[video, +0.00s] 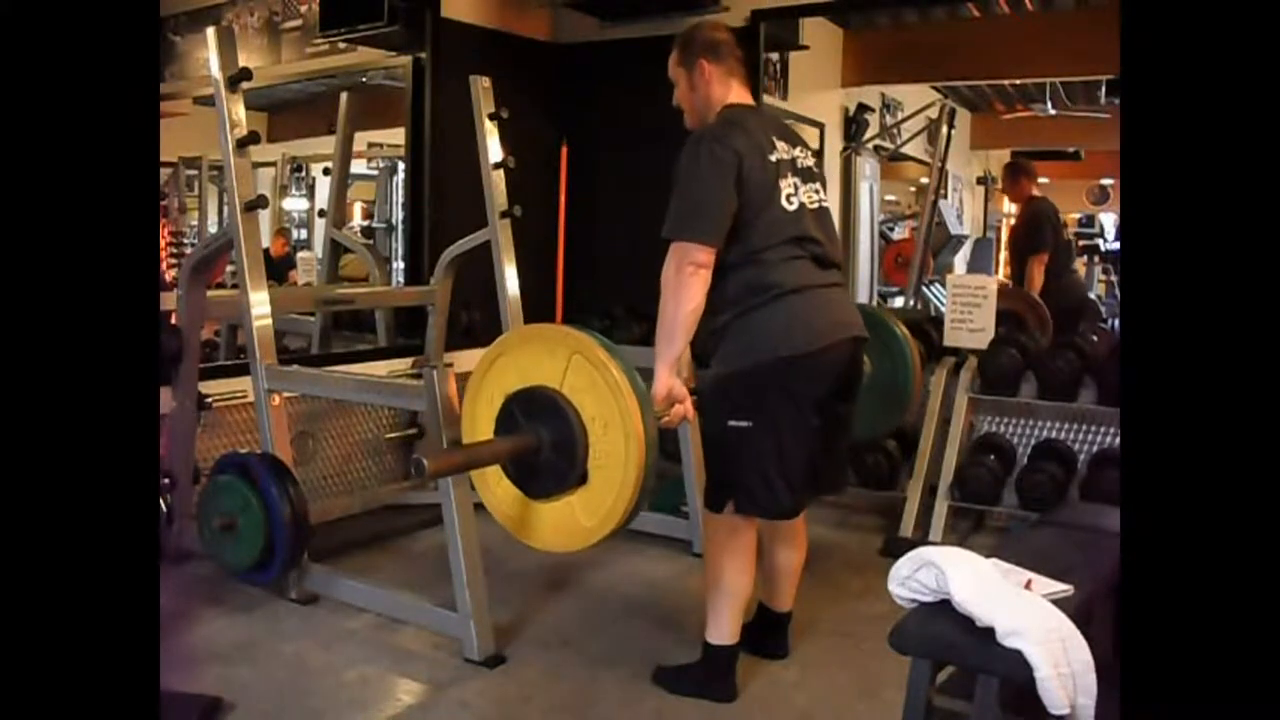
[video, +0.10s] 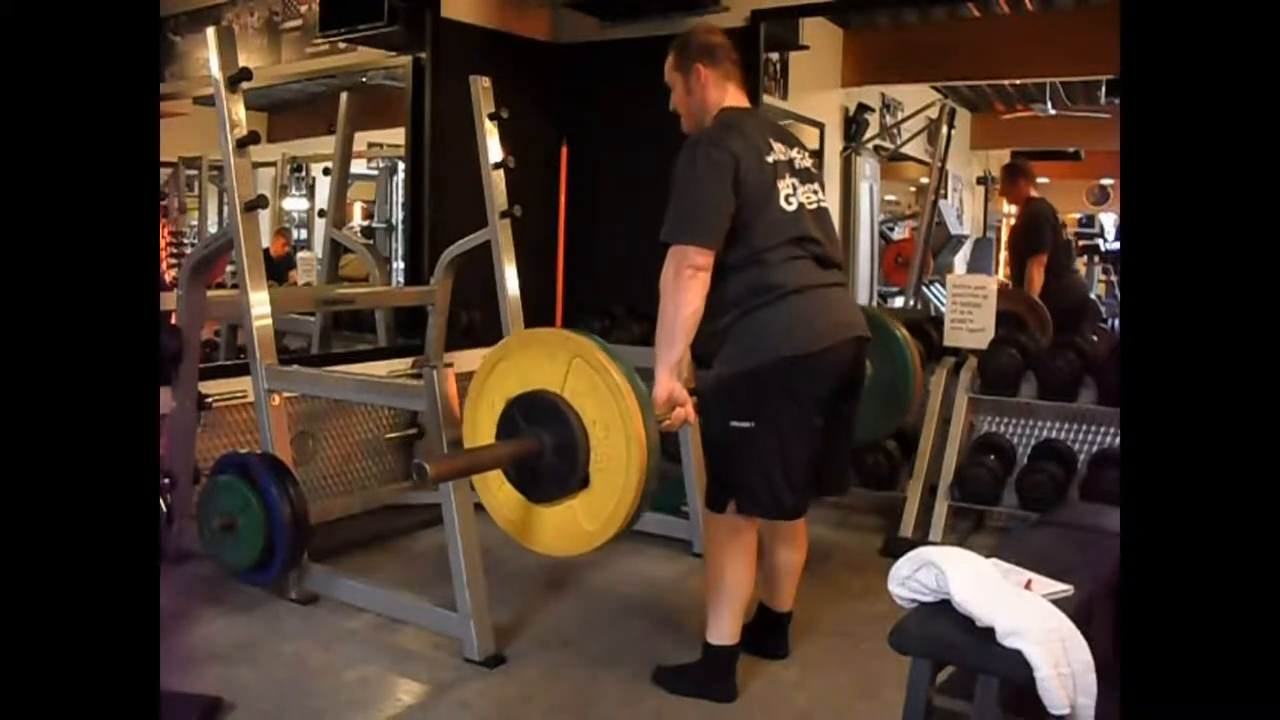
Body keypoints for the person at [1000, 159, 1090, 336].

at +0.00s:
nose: (1003, 190)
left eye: (1006, 184)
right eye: (1003, 184)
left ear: (1022, 182)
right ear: (1024, 182)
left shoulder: (1038, 209)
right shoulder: (1029, 209)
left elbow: (1038, 262)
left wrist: (1027, 308)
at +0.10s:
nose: (1001, 193)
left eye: (1004, 186)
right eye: (1002, 186)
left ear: (1020, 183)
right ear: (1023, 183)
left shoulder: (1037, 211)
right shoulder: (1029, 210)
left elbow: (1037, 265)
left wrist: (1027, 310)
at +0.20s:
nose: (999, 194)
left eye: (1001, 187)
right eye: (999, 187)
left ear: (1017, 185)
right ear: (1020, 185)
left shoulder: (1036, 212)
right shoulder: (1028, 212)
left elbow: (1037, 266)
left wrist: (1027, 312)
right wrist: (1022, 310)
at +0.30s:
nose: (997, 194)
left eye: (1000, 187)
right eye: (997, 188)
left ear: (1015, 185)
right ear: (1017, 186)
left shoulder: (1034, 214)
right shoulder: (1027, 214)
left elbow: (1036, 266)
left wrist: (1027, 313)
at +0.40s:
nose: (994, 197)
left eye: (997, 189)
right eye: (994, 190)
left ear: (1014, 187)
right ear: (1016, 188)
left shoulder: (1032, 216)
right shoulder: (1025, 217)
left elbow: (1035, 269)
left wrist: (1026, 316)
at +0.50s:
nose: (992, 199)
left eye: (995, 192)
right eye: (992, 193)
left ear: (1011, 189)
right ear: (1013, 190)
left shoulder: (1031, 217)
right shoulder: (1022, 218)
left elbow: (1034, 270)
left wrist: (1026, 318)